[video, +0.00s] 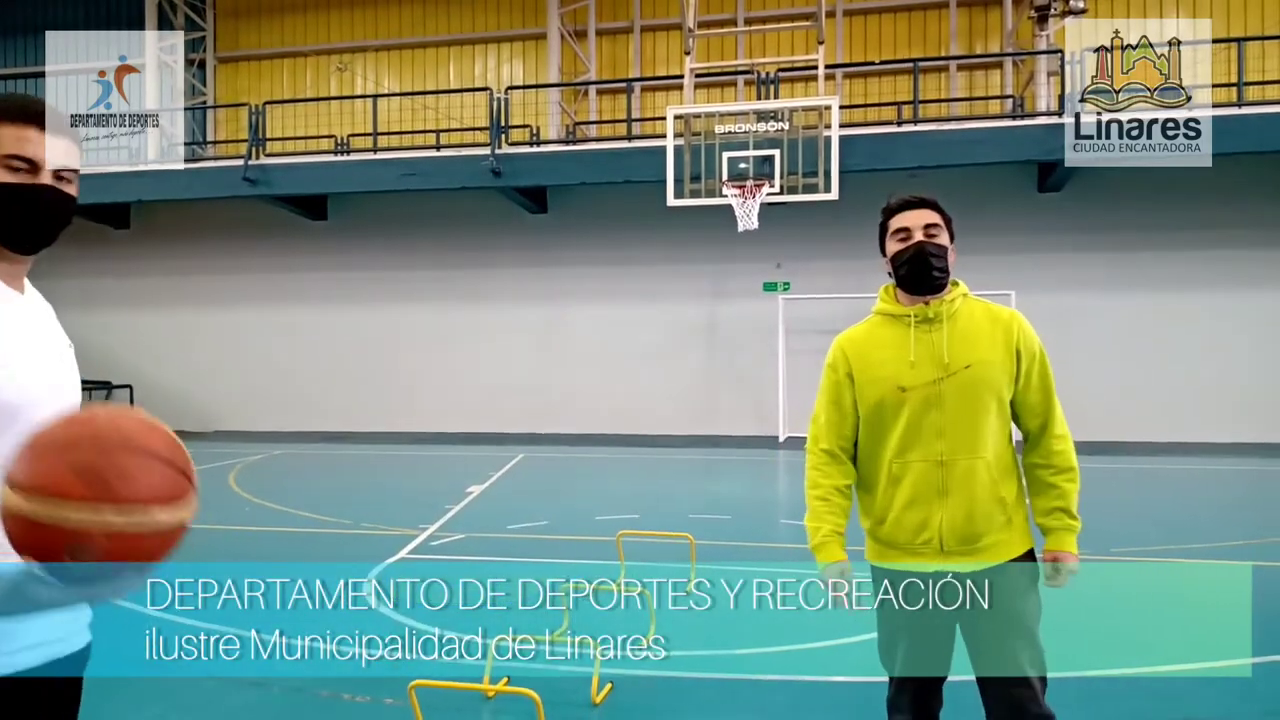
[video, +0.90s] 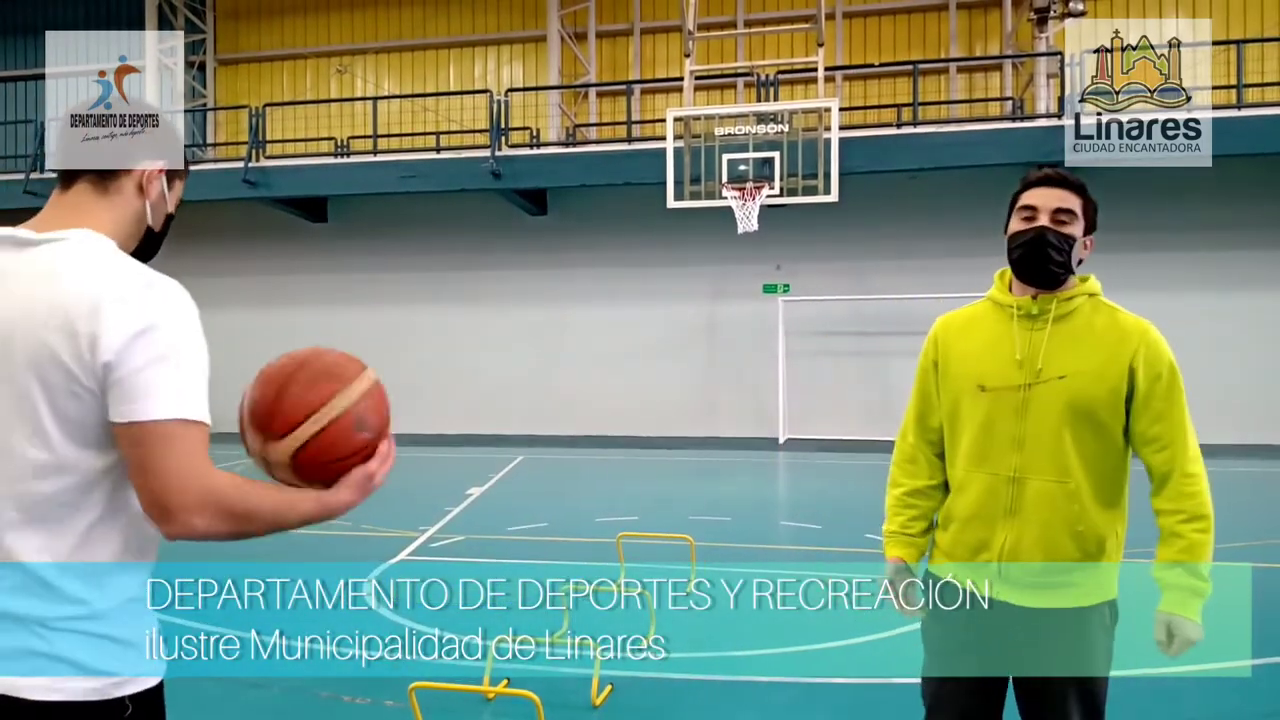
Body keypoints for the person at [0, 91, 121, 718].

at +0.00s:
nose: (46, 189)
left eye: (62, 176)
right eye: (20, 168)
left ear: (74, 191)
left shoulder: (39, 313)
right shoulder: (10, 309)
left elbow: (52, 458)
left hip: (54, 623)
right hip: (10, 628)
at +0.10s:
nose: (76, 196)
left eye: (87, 184)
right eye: (53, 174)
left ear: (95, 195)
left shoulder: (35, 309)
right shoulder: (10, 307)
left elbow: (54, 465)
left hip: (56, 644)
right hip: (15, 657)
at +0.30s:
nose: (124, 229)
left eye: (132, 213)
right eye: (123, 207)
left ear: (66, 183)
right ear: (67, 182)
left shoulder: (28, 296)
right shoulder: (8, 305)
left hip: (68, 660)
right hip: (25, 674)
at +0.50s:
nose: (140, 229)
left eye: (153, 213)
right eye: (151, 209)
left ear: (50, 169)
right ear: (120, 182)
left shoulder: (16, 268)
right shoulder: (54, 297)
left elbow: (29, 483)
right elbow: (13, 502)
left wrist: (127, 527)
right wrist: (134, 571)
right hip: (54, 684)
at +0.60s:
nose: (150, 226)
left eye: (163, 209)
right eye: (161, 205)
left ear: (56, 165)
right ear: (131, 179)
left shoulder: (13, 260)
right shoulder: (86, 292)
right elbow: (80, 486)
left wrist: (168, 522)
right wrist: (218, 573)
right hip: (62, 678)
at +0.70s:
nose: (159, 219)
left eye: (169, 202)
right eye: (168, 199)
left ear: (58, 170)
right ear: (138, 179)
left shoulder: (10, 254)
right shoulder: (105, 290)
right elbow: (147, 482)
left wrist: (206, 494)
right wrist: (279, 557)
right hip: (69, 676)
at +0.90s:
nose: (171, 210)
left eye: (177, 192)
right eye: (176, 190)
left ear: (67, 170)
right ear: (150, 180)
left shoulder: (7, 253)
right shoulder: (138, 301)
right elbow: (183, 504)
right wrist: (330, 500)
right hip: (79, 673)